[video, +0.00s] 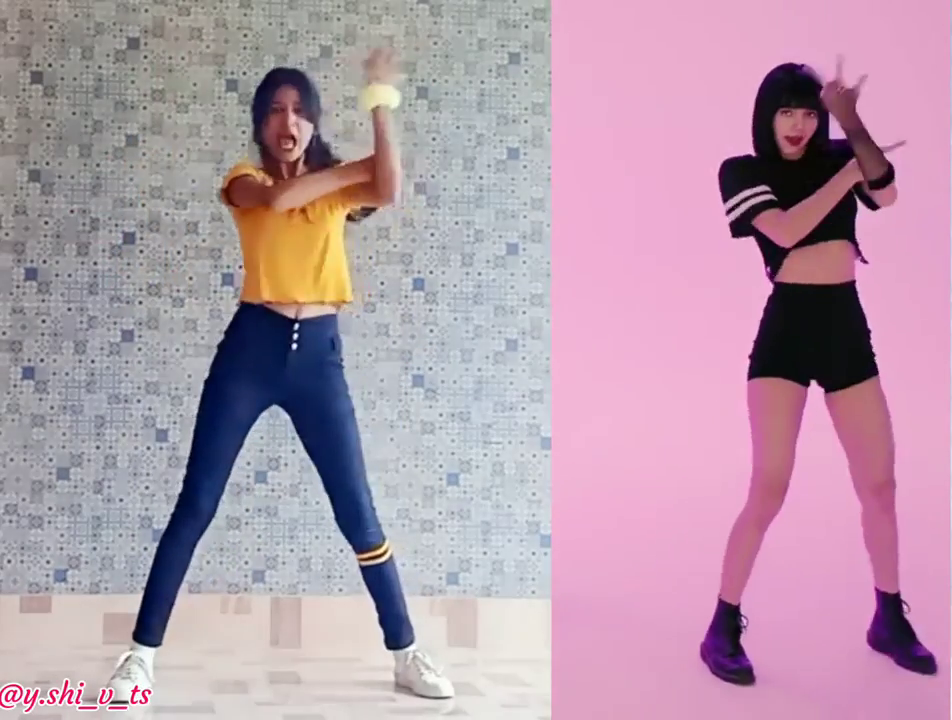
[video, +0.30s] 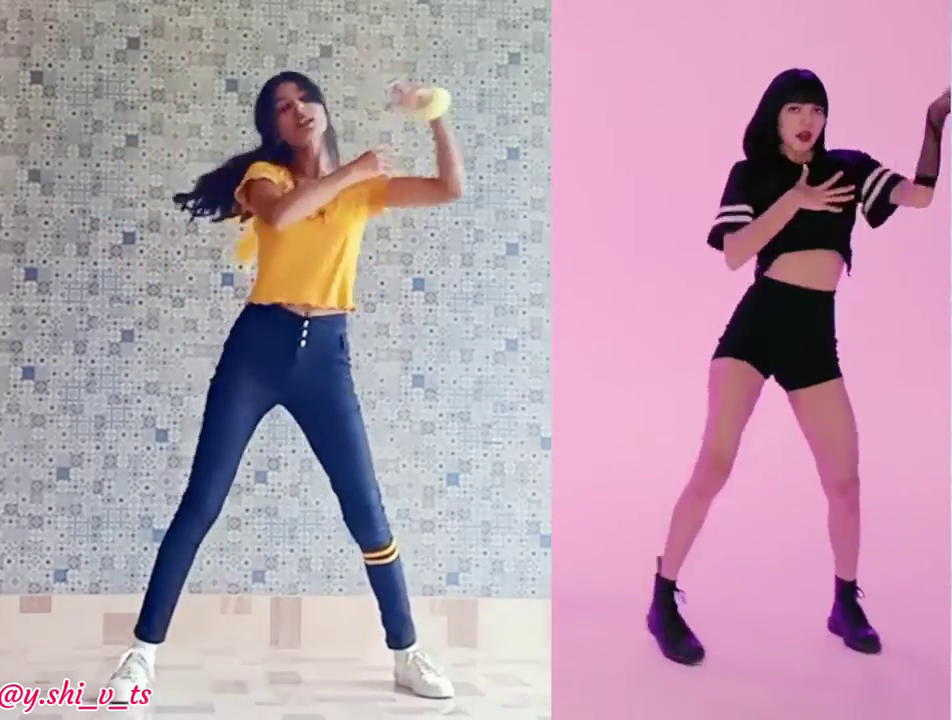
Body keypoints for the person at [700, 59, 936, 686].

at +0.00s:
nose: (797, 123)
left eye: (806, 112)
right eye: (786, 111)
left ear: (820, 118)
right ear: (764, 115)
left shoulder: (839, 158)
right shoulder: (742, 171)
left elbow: (886, 193)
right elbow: (784, 233)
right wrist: (851, 174)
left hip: (847, 334)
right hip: (785, 335)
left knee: (879, 485)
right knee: (767, 493)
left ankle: (890, 619)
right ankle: (723, 629)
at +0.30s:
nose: (806, 121)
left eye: (815, 111)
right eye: (794, 110)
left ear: (825, 118)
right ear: (771, 117)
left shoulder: (847, 169)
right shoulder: (752, 174)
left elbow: (921, 194)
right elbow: (735, 252)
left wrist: (933, 128)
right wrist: (794, 199)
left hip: (814, 336)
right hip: (754, 327)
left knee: (844, 480)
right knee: (713, 467)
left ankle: (845, 603)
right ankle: (662, 598)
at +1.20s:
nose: (722, 172)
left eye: (731, 162)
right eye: (712, 161)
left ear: (741, 165)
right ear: (693, 165)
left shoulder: (757, 208)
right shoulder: (689, 208)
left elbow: (832, 218)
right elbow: (720, 242)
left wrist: (830, 153)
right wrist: (762, 237)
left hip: (743, 367)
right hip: (694, 359)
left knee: (828, 467)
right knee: (648, 483)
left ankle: (810, 582)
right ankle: (595, 585)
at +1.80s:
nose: (707, 176)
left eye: (717, 166)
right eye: (698, 165)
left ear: (727, 169)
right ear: (681, 167)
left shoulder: (747, 209)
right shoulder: (669, 224)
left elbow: (827, 211)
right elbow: (697, 293)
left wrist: (825, 144)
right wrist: (747, 336)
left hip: (727, 367)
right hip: (680, 358)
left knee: (815, 462)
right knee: (640, 476)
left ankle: (805, 583)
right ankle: (589, 584)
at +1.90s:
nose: (704, 174)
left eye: (712, 162)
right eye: (694, 165)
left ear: (724, 165)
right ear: (679, 172)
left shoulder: (753, 210)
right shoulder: (672, 233)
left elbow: (833, 213)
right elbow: (658, 315)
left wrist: (833, 146)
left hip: (734, 372)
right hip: (686, 364)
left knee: (819, 467)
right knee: (645, 482)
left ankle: (813, 590)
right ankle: (596, 591)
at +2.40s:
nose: (772, 227)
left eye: (785, 225)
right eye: (769, 212)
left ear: (792, 236)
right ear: (750, 207)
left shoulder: (786, 280)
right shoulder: (697, 269)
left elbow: (875, 297)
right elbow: (652, 347)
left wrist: (898, 230)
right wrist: (600, 417)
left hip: (786, 409)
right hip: (730, 423)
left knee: (858, 515)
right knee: (668, 496)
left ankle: (850, 610)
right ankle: (642, 626)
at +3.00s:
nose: (738, 136)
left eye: (752, 129)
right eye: (731, 122)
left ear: (766, 140)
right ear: (713, 123)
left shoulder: (778, 192)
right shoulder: (684, 202)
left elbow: (822, 251)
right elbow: (632, 298)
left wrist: (847, 185)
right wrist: (573, 369)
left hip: (755, 363)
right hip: (697, 357)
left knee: (857, 456)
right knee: (669, 503)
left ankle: (841, 570)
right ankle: (615, 612)